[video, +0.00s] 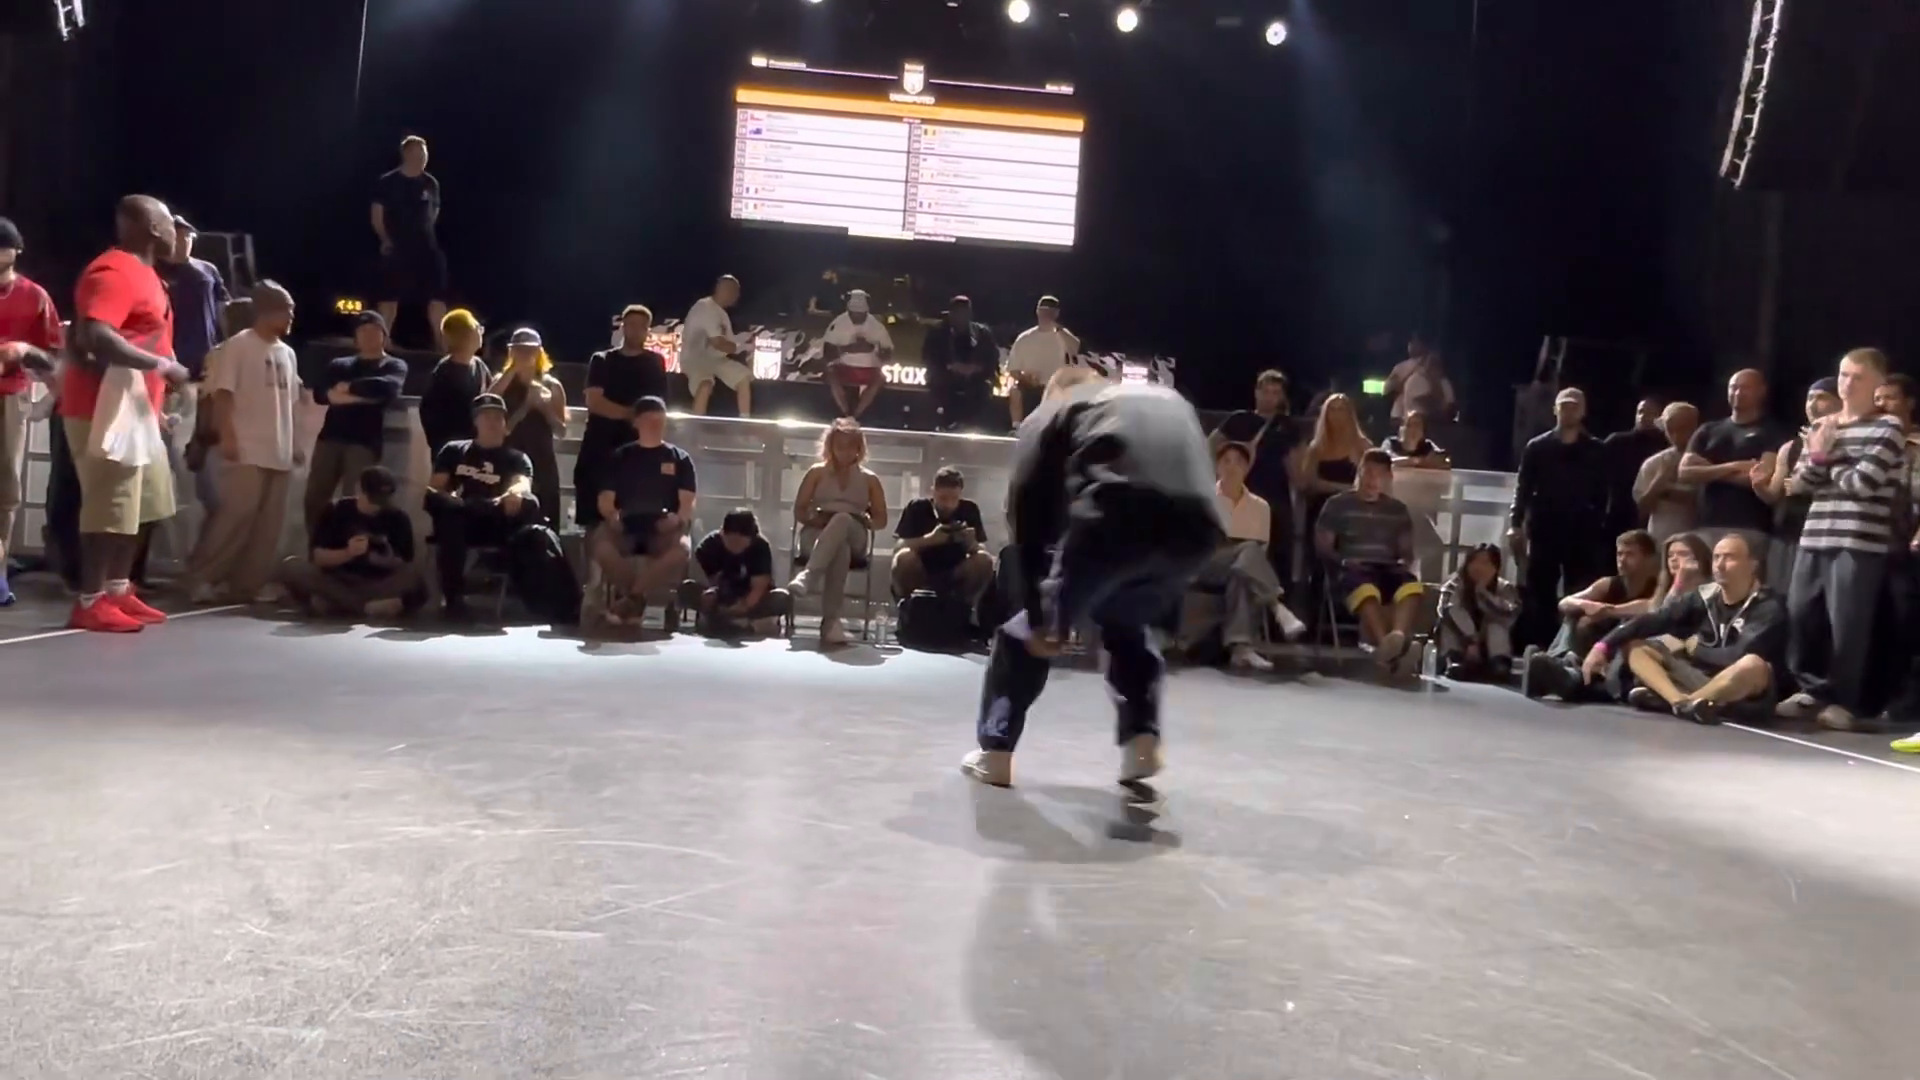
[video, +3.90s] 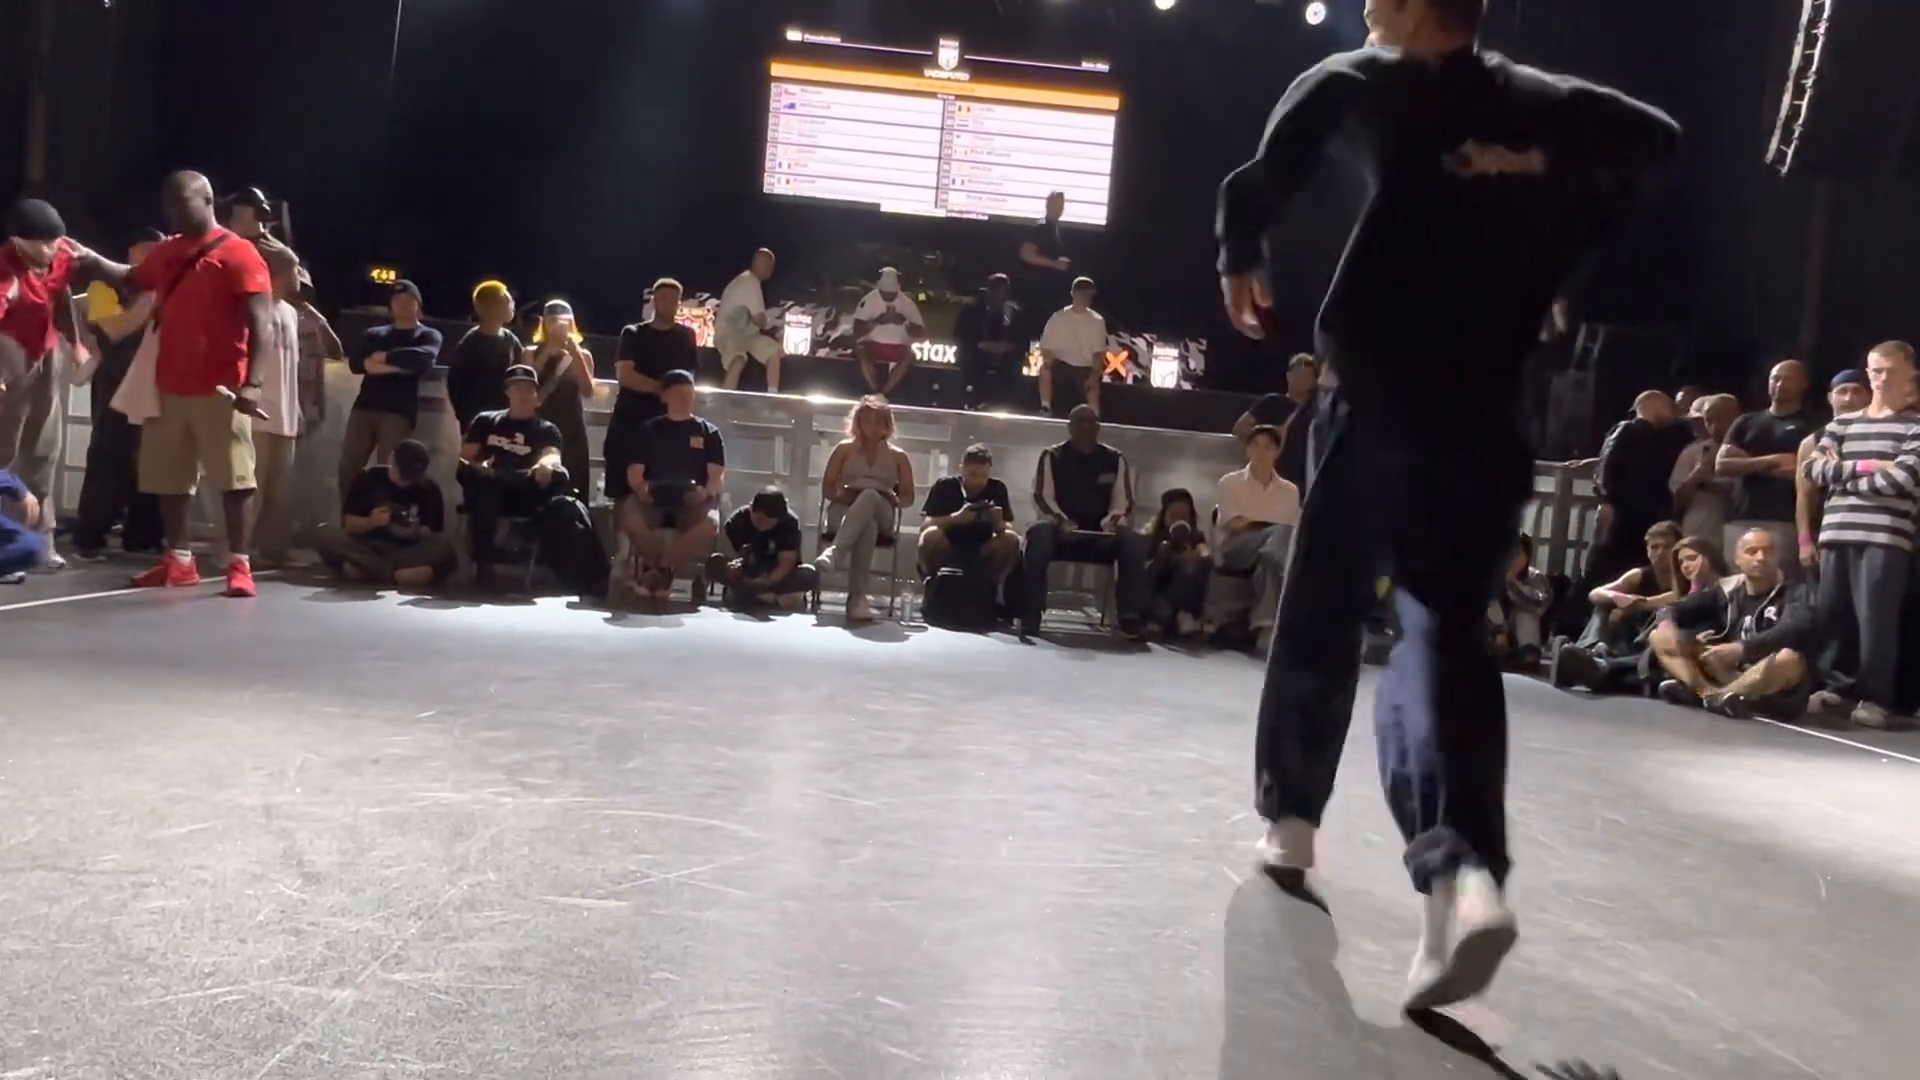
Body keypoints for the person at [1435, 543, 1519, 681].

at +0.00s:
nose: (1478, 568)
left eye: (1485, 563)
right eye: (1474, 562)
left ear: (1495, 569)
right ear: (1467, 565)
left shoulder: (1505, 588)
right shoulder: (1454, 585)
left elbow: (1510, 613)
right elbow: (1448, 610)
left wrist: (1482, 592)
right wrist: (1471, 639)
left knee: (1495, 624)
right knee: (1449, 621)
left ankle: (1500, 662)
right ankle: (1453, 661)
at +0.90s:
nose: (1494, 566)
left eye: (1501, 561)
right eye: (1490, 559)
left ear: (1510, 566)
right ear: (1482, 561)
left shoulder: (1520, 585)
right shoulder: (1467, 583)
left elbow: (1526, 611)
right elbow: (1462, 607)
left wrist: (1497, 591)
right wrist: (1485, 636)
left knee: (1510, 621)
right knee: (1464, 617)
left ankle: (1514, 660)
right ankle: (1467, 658)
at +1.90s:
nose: (1508, 559)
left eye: (1515, 554)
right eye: (1503, 552)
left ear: (1524, 559)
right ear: (1496, 554)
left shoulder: (1532, 578)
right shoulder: (1482, 574)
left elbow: (1537, 604)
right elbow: (1476, 599)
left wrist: (1510, 583)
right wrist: (1497, 630)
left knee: (1524, 613)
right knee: (1477, 609)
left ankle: (1527, 652)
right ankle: (1480, 649)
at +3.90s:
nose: (1511, 560)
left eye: (1516, 555)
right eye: (1509, 555)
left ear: (1527, 558)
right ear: (1502, 557)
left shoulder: (1536, 578)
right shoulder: (1494, 575)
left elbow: (1539, 605)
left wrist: (1511, 582)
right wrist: (1498, 632)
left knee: (1524, 614)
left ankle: (1529, 655)